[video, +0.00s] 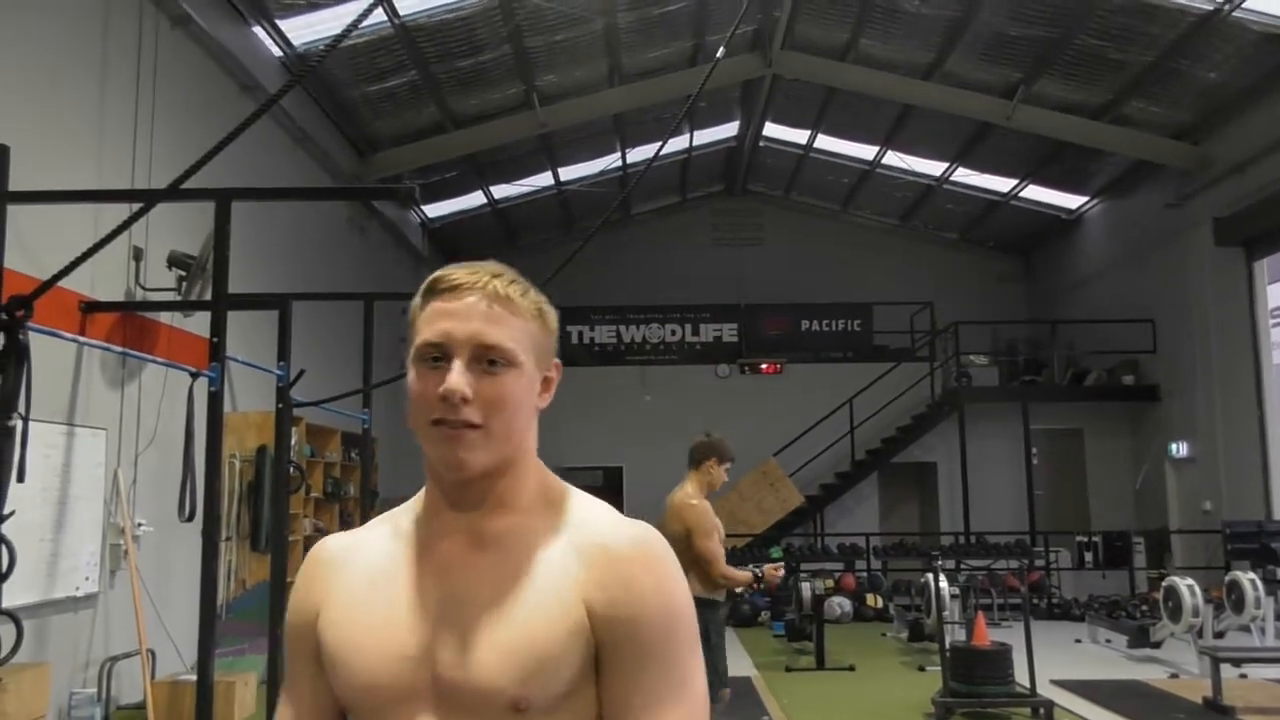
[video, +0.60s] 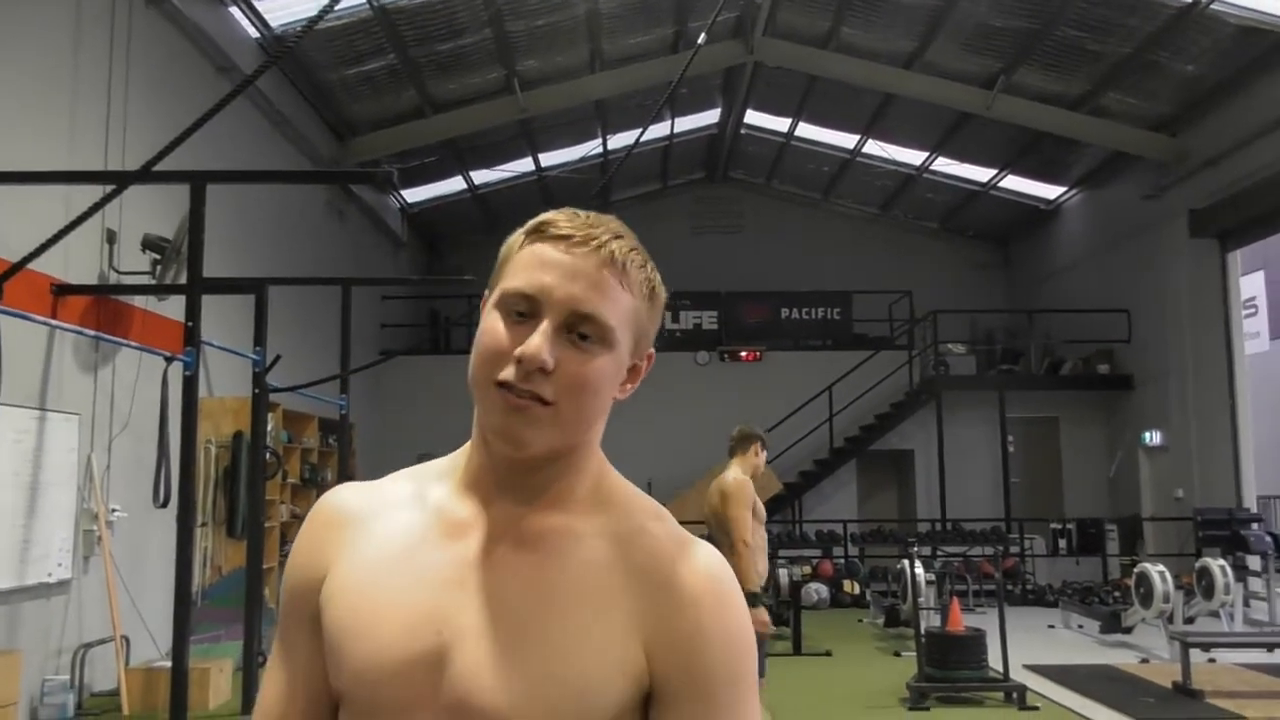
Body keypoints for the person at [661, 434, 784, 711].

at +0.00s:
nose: (727, 478)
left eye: (728, 471)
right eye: (725, 470)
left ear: (707, 466)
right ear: (710, 466)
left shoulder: (679, 500)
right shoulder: (697, 508)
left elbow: (710, 566)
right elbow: (718, 573)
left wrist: (750, 575)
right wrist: (759, 577)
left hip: (692, 602)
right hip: (704, 607)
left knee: (711, 687)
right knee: (715, 692)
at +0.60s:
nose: (764, 463)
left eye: (764, 456)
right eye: (764, 456)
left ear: (734, 451)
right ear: (755, 450)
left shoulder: (719, 485)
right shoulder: (739, 484)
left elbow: (721, 545)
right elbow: (740, 545)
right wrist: (754, 600)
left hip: (731, 592)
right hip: (749, 595)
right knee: (754, 680)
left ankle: (745, 710)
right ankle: (751, 711)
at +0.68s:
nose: (768, 460)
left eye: (767, 453)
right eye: (767, 453)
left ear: (739, 450)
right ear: (759, 449)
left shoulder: (727, 482)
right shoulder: (744, 481)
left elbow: (727, 535)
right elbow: (740, 535)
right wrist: (745, 589)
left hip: (746, 588)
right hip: (753, 589)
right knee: (762, 675)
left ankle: (752, 710)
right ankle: (757, 712)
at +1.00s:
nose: (790, 458)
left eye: (790, 451)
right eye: (789, 451)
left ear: (761, 446)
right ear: (781, 446)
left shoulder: (740, 480)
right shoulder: (764, 474)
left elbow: (745, 536)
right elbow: (755, 530)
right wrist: (775, 585)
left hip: (747, 580)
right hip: (768, 582)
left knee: (752, 677)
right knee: (790, 682)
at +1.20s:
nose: (816, 457)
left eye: (817, 451)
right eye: (817, 450)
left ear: (787, 444)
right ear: (809, 443)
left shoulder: (764, 476)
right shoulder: (793, 472)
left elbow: (770, 533)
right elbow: (788, 528)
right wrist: (816, 574)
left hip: (766, 578)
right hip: (793, 580)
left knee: (771, 670)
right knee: (828, 671)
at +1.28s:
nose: (836, 454)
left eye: (837, 448)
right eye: (836, 447)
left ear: (806, 442)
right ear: (827, 442)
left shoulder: (780, 475)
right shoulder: (814, 470)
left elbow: (785, 531)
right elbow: (810, 527)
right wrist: (838, 573)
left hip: (782, 575)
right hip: (810, 578)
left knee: (787, 667)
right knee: (845, 668)